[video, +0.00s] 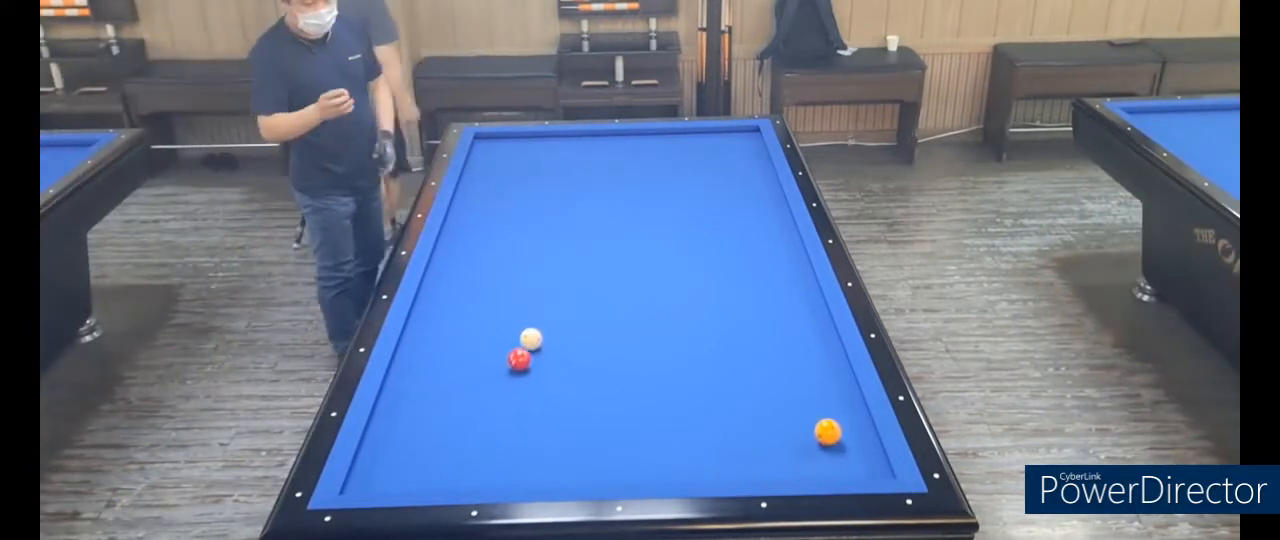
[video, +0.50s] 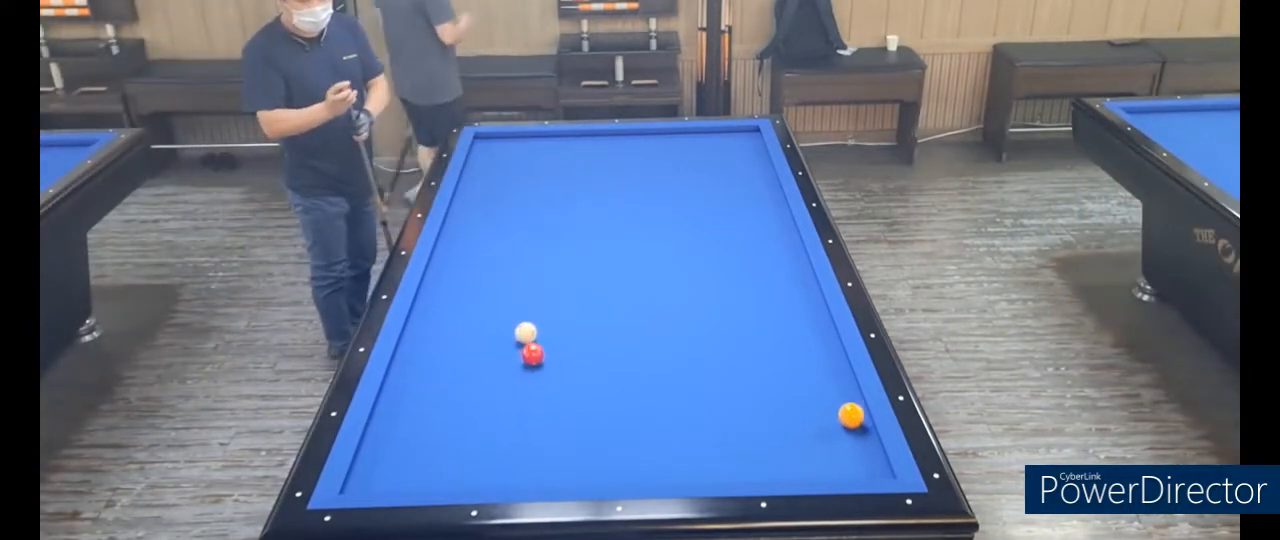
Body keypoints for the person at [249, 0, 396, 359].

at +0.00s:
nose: (322, 9)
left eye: (326, 1)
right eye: (309, 3)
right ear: (285, 6)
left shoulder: (350, 28)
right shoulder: (270, 51)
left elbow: (377, 84)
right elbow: (269, 128)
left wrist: (386, 134)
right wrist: (317, 112)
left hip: (366, 175)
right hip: (321, 184)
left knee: (371, 262)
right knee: (337, 272)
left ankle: (376, 337)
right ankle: (348, 351)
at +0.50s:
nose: (319, 8)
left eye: (324, 1)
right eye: (307, 3)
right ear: (284, 5)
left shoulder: (347, 28)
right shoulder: (263, 49)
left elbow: (379, 85)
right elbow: (271, 125)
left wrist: (368, 112)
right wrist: (326, 109)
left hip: (358, 173)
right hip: (313, 182)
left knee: (361, 261)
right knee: (331, 270)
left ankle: (358, 329)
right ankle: (342, 346)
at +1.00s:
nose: (325, 5)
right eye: (314, 1)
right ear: (290, 4)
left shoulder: (350, 24)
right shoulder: (271, 47)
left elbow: (382, 78)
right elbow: (286, 118)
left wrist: (382, 101)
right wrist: (342, 92)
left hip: (361, 168)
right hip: (319, 176)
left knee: (362, 257)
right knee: (353, 262)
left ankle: (351, 334)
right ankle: (343, 343)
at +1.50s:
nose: (344, 37)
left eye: (349, 26)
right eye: (332, 31)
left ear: (355, 14)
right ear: (307, 26)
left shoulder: (342, 37)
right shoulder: (297, 74)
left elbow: (356, 74)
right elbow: (347, 146)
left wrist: (383, 113)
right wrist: (408, 177)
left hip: (346, 177)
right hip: (316, 187)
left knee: (351, 257)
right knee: (332, 268)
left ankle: (354, 328)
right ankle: (338, 353)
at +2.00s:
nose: (318, 41)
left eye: (322, 31)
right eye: (305, 37)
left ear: (329, 15)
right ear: (280, 31)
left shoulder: (349, 33)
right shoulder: (262, 63)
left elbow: (399, 76)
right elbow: (244, 142)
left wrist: (394, 69)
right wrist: (299, 192)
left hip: (351, 176)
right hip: (300, 187)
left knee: (355, 263)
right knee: (314, 272)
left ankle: (354, 337)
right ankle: (333, 350)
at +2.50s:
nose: (324, 112)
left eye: (330, 104)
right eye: (313, 108)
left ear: (338, 85)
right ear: (287, 96)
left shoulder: (358, 97)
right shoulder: (260, 89)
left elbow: (404, 157)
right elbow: (237, 116)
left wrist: (411, 213)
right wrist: (256, 166)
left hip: (367, 186)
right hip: (309, 188)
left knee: (387, 267)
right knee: (313, 275)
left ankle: (416, 343)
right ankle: (331, 351)